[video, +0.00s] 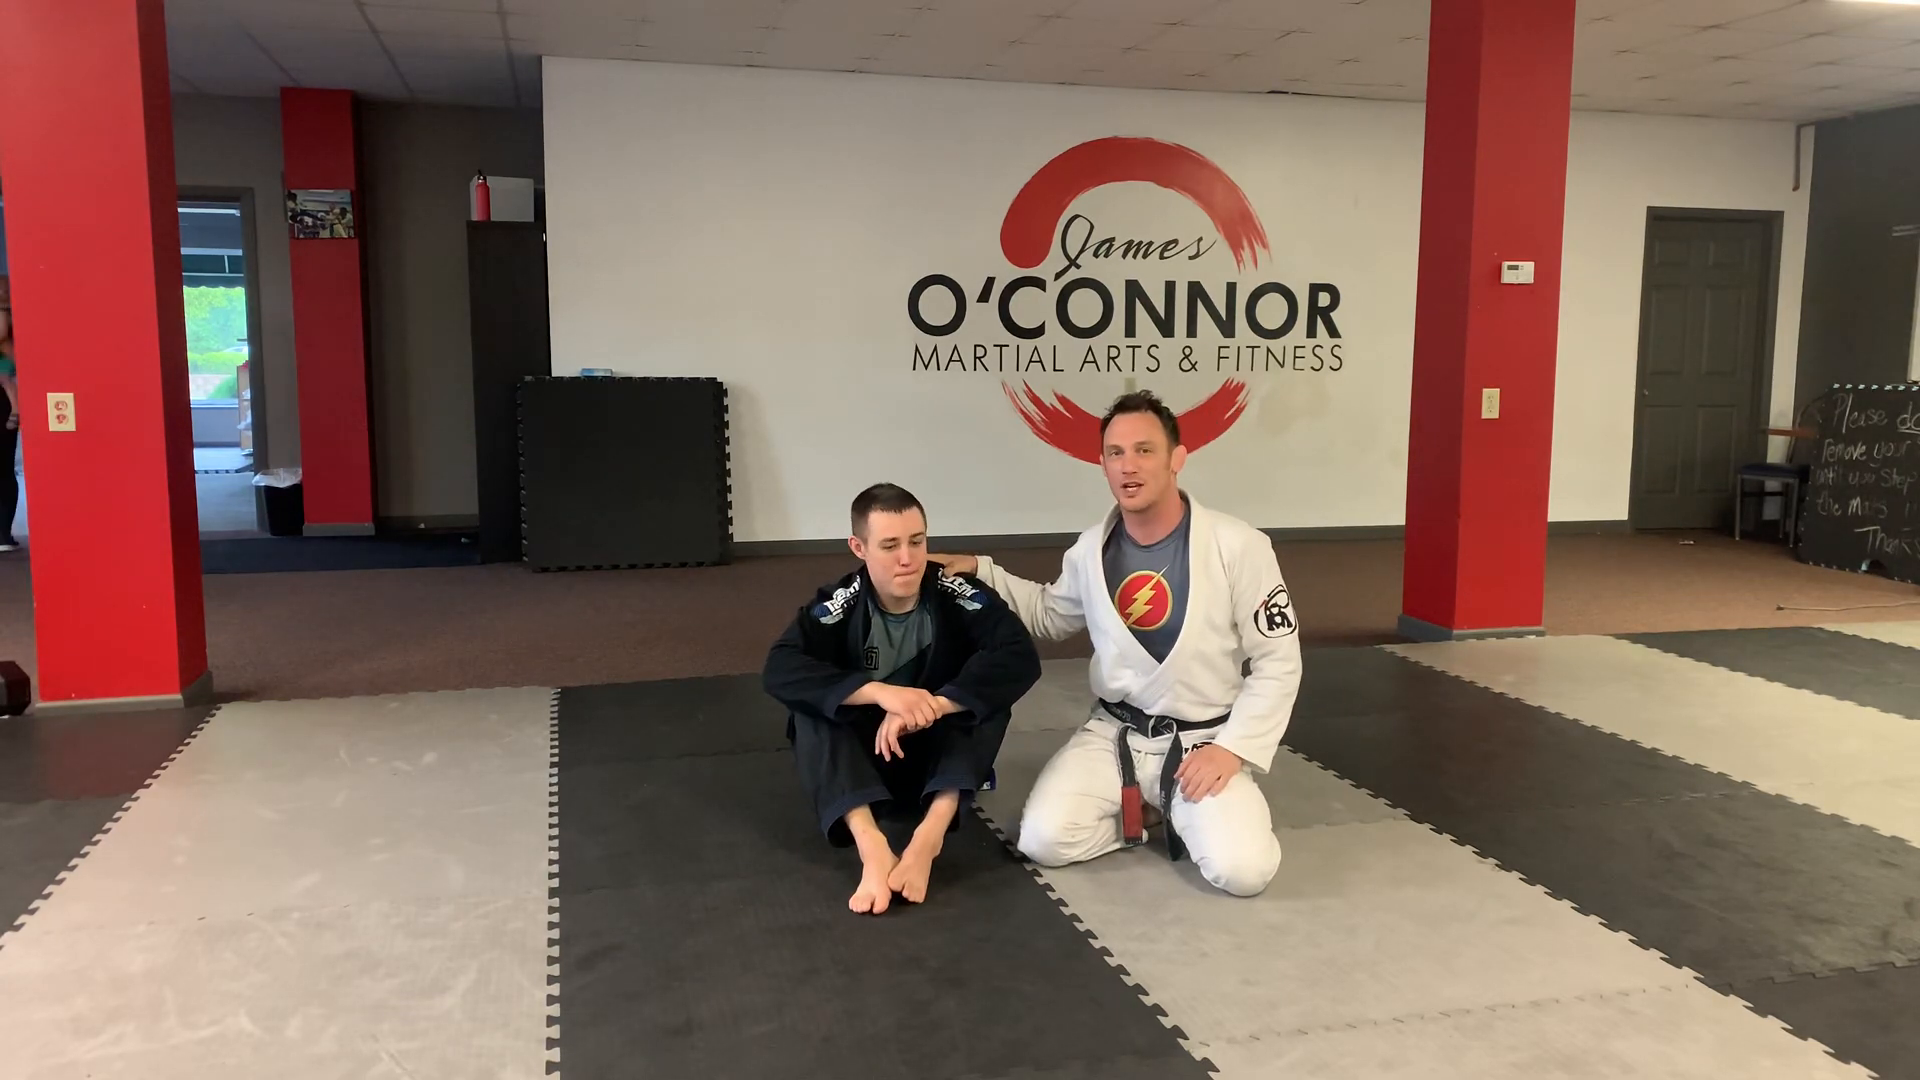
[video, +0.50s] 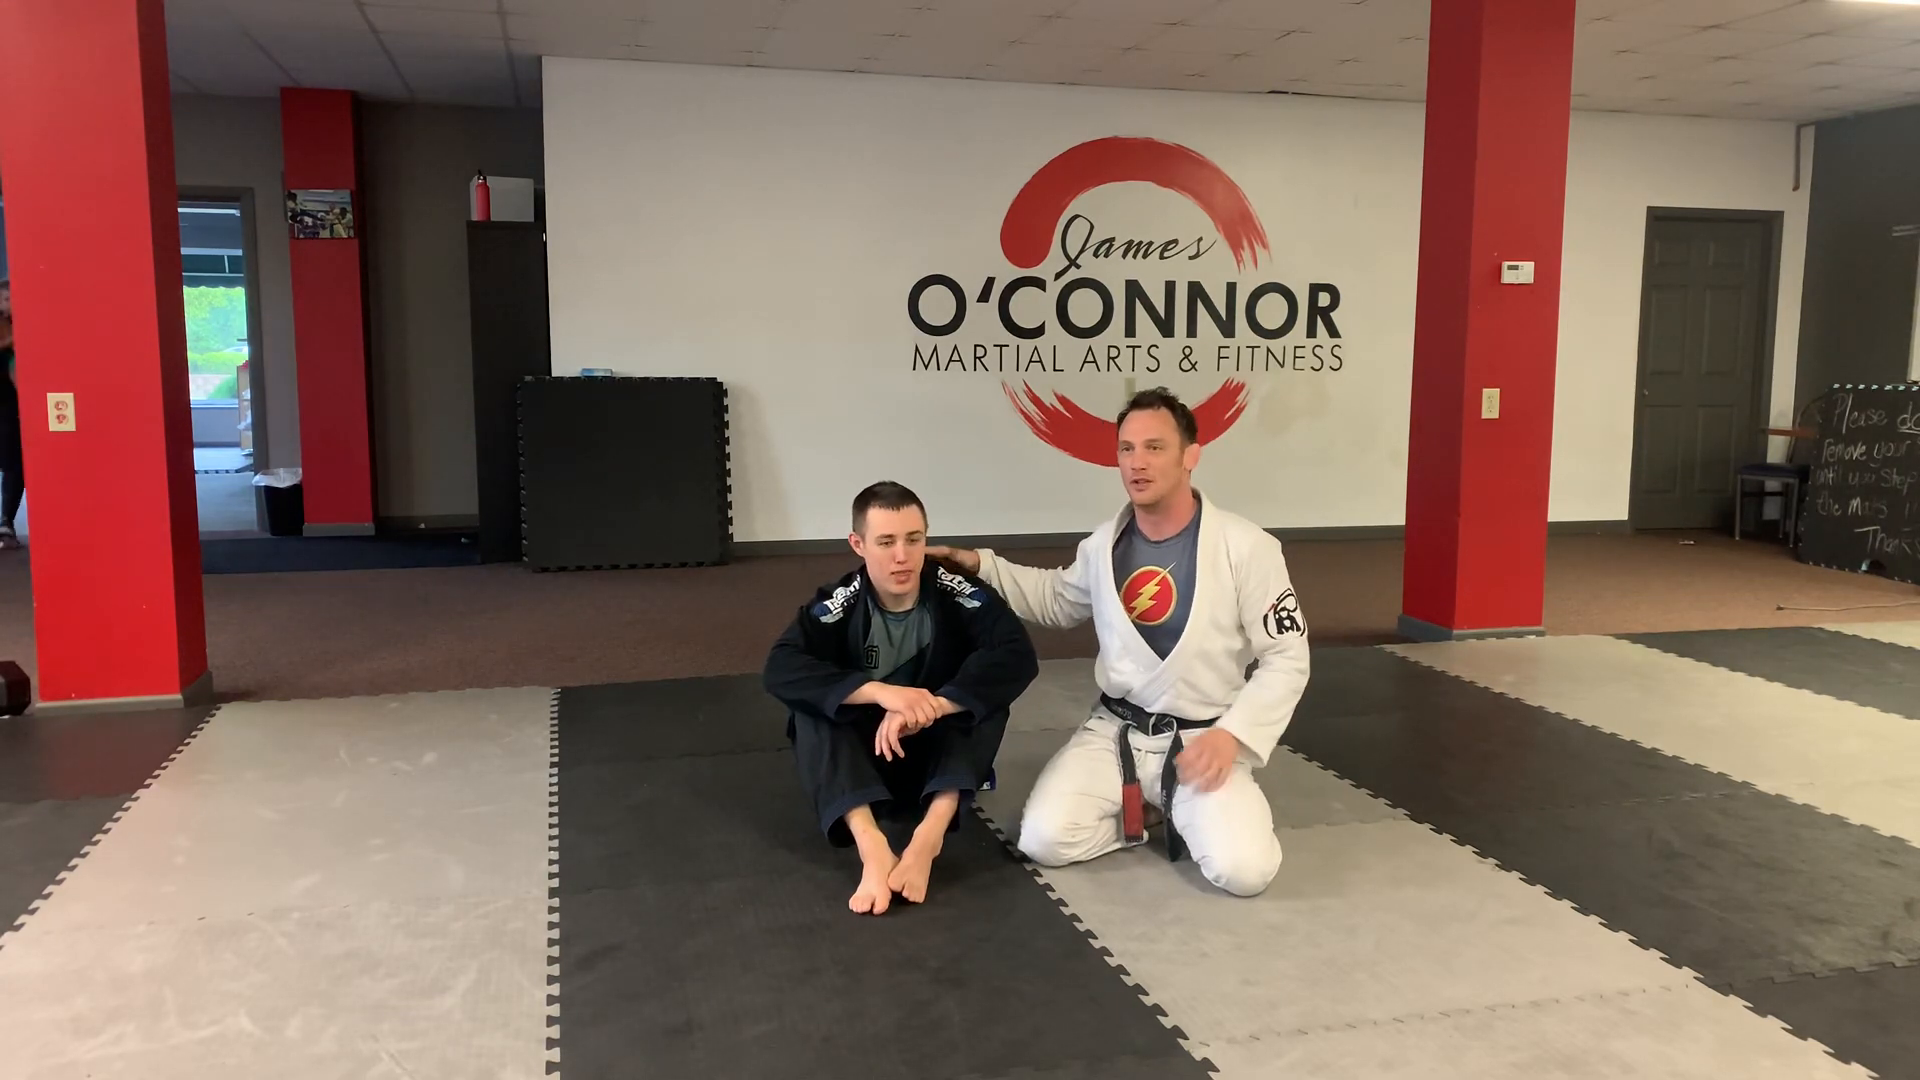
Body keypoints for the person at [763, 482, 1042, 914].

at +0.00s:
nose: (907, 558)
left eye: (916, 542)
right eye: (890, 546)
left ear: (926, 537)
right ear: (859, 548)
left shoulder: (958, 594)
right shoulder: (838, 603)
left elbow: (1020, 657)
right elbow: (781, 670)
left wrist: (928, 707)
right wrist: (881, 692)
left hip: (937, 754)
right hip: (859, 756)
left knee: (988, 699)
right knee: (811, 709)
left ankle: (930, 835)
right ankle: (871, 846)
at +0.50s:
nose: (903, 556)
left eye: (913, 540)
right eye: (886, 543)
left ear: (925, 538)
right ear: (858, 545)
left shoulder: (959, 592)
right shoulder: (837, 603)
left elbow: (1017, 656)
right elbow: (782, 669)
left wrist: (927, 707)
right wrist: (880, 692)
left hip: (938, 753)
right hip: (860, 755)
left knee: (987, 698)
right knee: (811, 707)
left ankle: (930, 836)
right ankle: (871, 846)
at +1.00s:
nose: (901, 555)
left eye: (910, 539)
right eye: (884, 543)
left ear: (922, 535)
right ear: (855, 547)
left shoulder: (956, 589)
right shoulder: (835, 604)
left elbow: (1014, 656)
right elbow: (781, 670)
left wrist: (926, 706)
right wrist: (878, 691)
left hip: (938, 752)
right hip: (860, 755)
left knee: (985, 698)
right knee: (810, 707)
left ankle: (929, 836)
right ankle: (871, 845)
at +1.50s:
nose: (904, 557)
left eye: (913, 541)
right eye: (887, 545)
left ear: (925, 536)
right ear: (858, 545)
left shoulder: (962, 593)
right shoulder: (837, 604)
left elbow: (1012, 657)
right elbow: (783, 669)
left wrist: (927, 707)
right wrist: (879, 692)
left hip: (938, 753)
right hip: (861, 756)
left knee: (983, 693)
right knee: (813, 706)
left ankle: (930, 835)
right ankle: (871, 846)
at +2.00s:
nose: (927, 549)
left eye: (939, 535)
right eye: (913, 534)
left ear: (951, 533)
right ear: (885, 531)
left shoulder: (983, 604)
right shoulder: (853, 591)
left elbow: (1023, 699)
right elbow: (764, 637)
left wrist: (1015, 766)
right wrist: (755, 670)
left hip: (944, 767)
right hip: (861, 764)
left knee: (958, 659)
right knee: (777, 671)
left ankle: (924, 831)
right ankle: (775, 840)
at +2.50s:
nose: (934, 574)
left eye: (948, 561)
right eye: (922, 559)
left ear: (967, 549)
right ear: (900, 543)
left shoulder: (996, 598)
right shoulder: (873, 584)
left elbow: (1023, 705)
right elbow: (797, 635)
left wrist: (1005, 799)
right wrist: (739, 686)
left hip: (942, 759)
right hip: (862, 744)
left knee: (963, 701)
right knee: (738, 678)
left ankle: (825, 811)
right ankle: (672, 823)